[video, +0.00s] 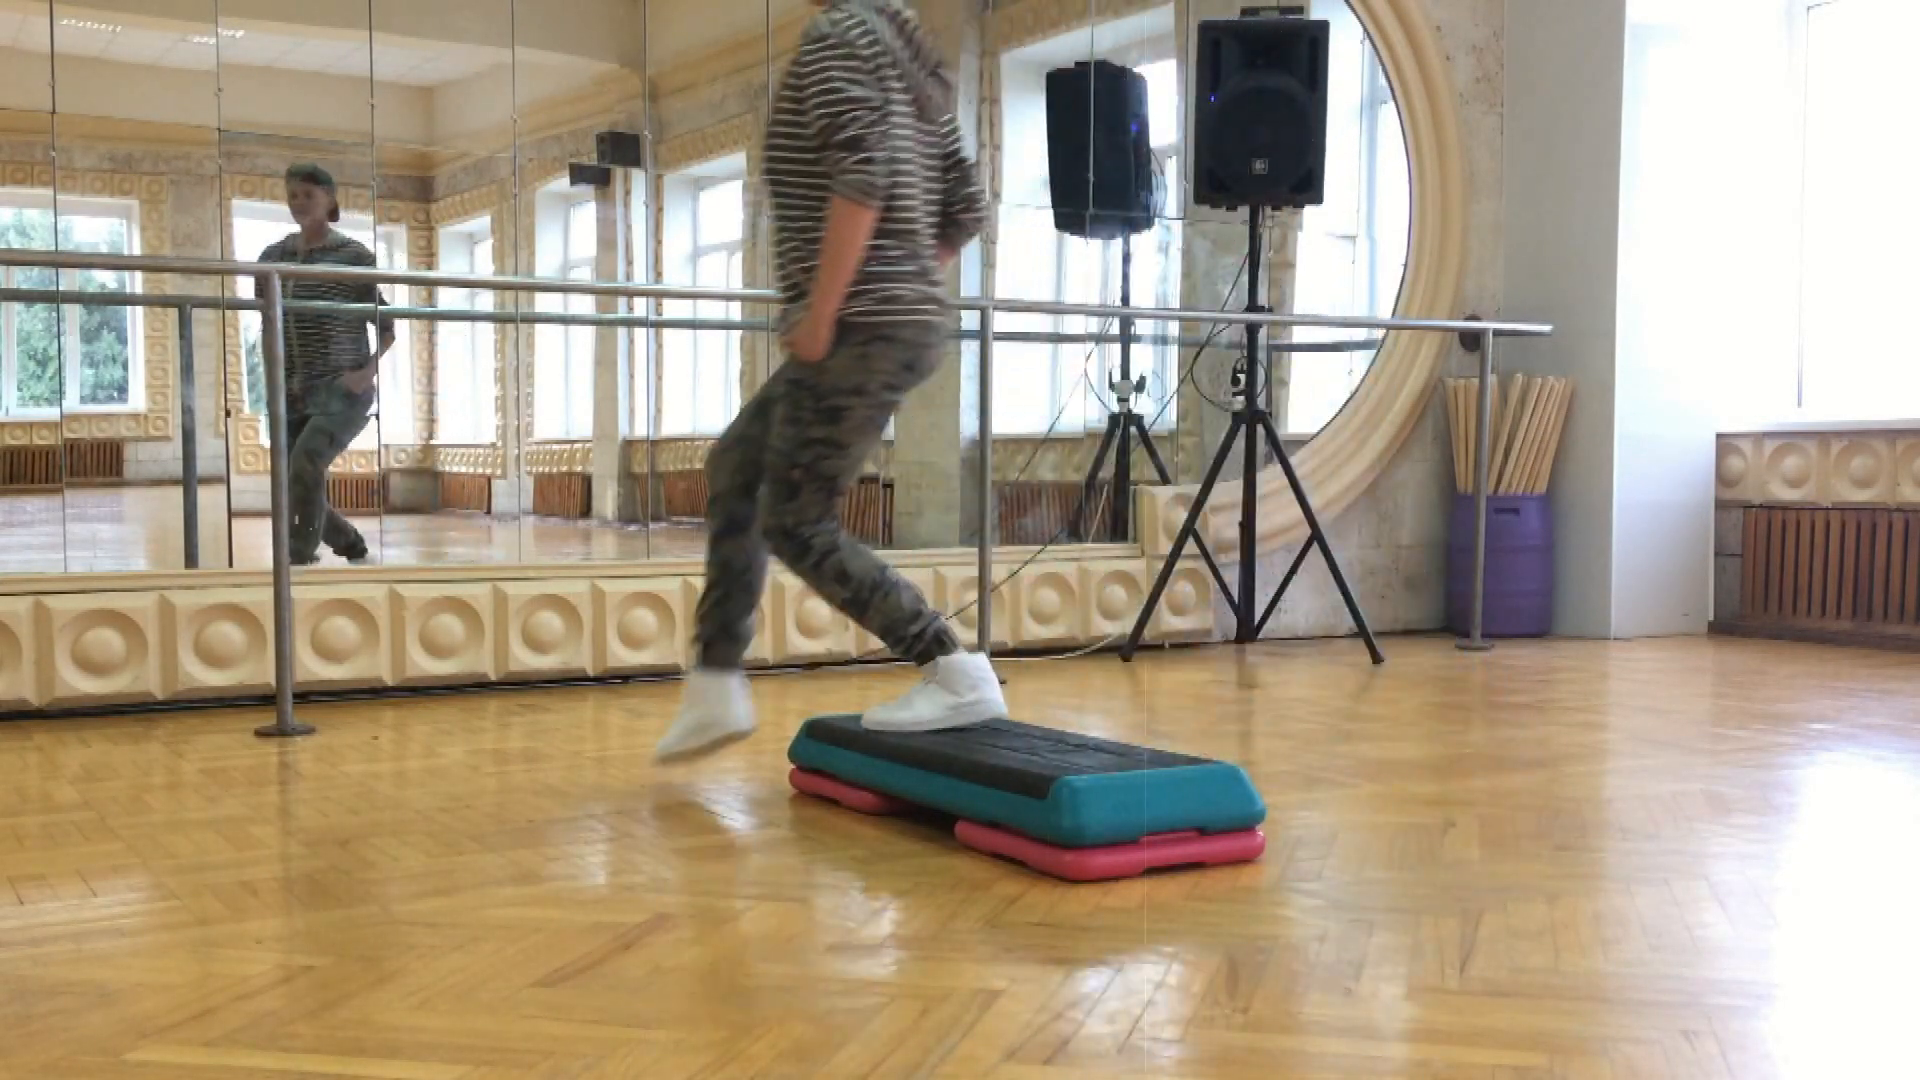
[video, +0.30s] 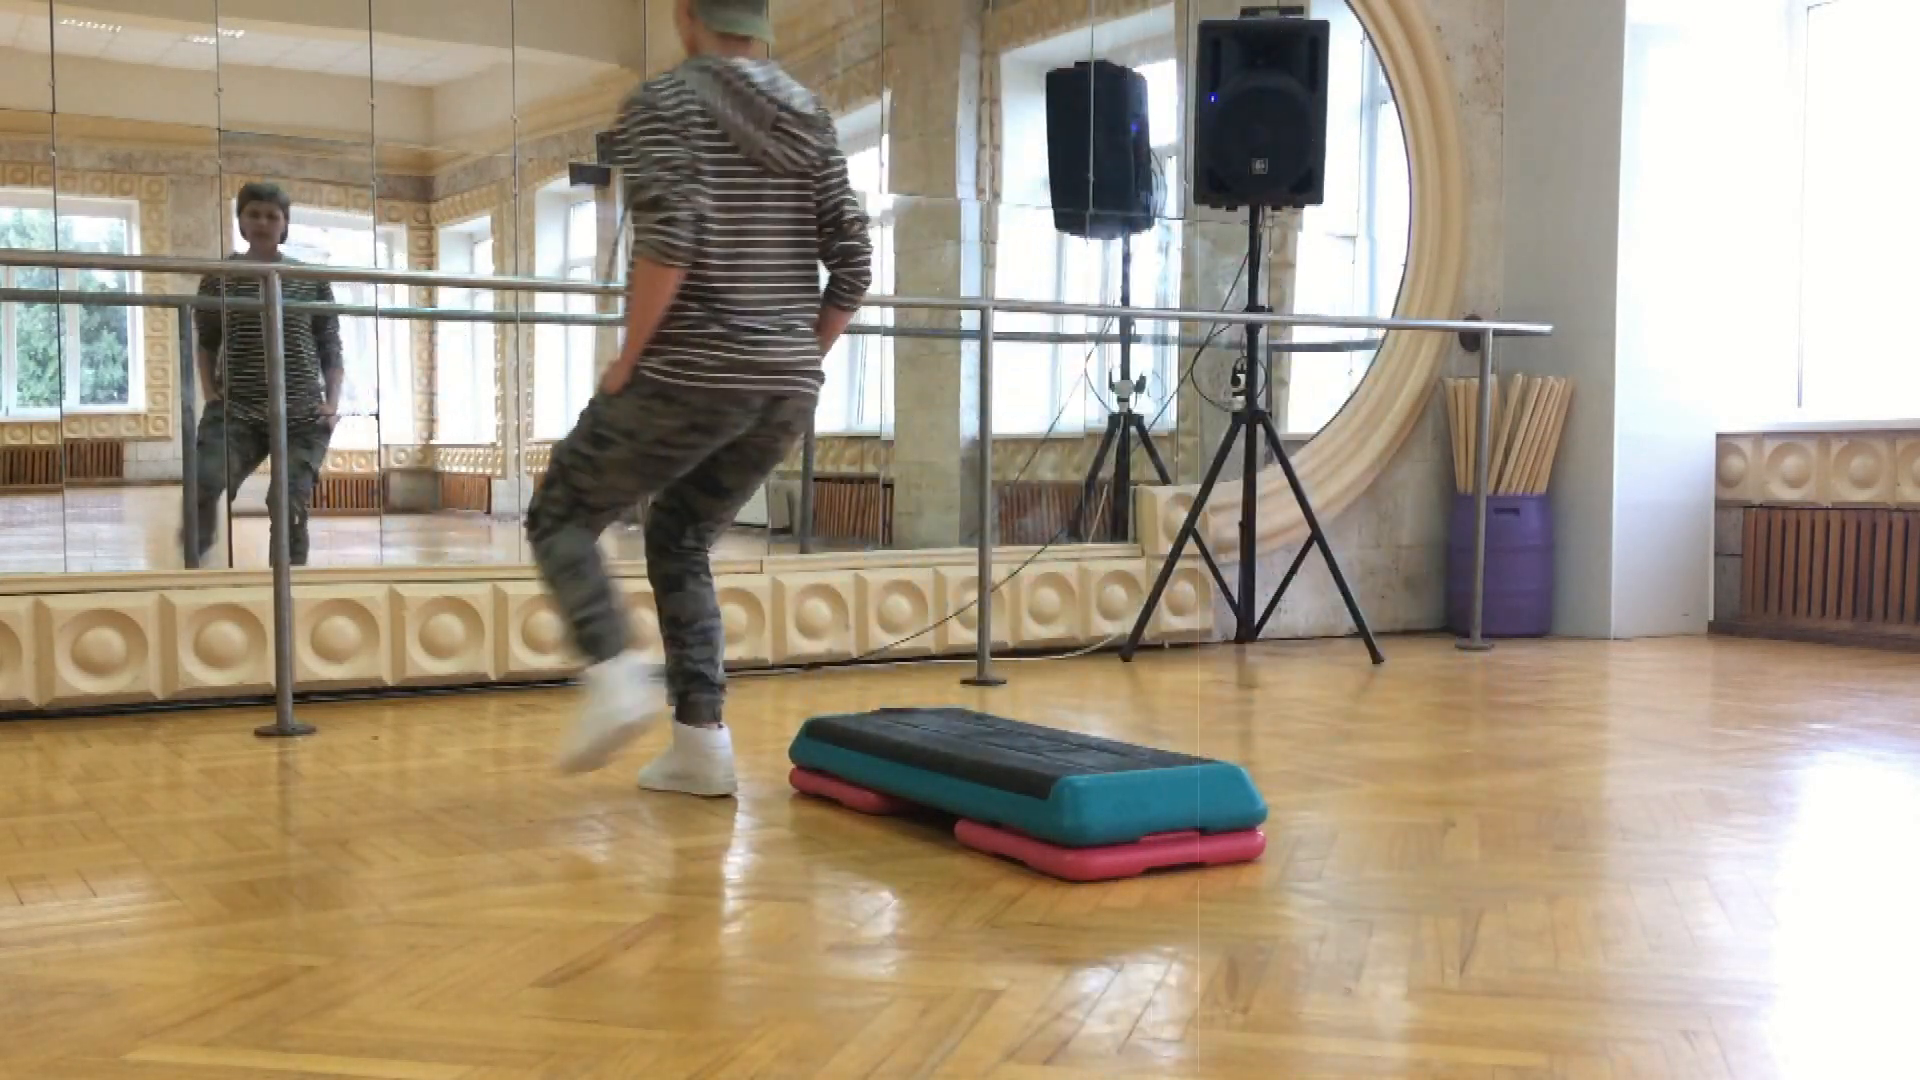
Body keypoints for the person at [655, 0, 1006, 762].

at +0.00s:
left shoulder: (837, 35)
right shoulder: (909, 47)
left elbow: (866, 178)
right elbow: (965, 207)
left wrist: (819, 314)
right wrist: (897, 283)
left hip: (867, 322)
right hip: (908, 320)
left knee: (792, 520)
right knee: (737, 464)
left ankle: (955, 671)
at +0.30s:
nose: (673, 21)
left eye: (675, 12)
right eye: (682, 13)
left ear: (686, 16)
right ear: (761, 22)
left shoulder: (664, 100)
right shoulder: (809, 113)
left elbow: (667, 245)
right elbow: (854, 266)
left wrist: (627, 358)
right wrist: (804, 358)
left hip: (695, 369)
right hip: (790, 382)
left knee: (562, 516)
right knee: (680, 537)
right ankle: (703, 741)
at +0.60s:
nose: (727, 22)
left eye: (725, 16)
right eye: (724, 14)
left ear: (636, 21)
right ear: (704, 12)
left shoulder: (574, 107)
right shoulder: (710, 73)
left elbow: (509, 223)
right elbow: (692, 189)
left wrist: (545, 336)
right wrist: (739, 331)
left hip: (568, 354)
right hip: (668, 350)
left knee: (552, 571)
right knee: (775, 516)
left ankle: (435, 763)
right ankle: (682, 709)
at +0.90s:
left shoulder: (780, 61)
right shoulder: (727, 32)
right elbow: (655, 170)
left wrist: (782, 312)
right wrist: (735, 307)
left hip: (751, 345)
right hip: (716, 341)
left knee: (731, 582)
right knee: (817, 543)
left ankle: (524, 692)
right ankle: (779, 787)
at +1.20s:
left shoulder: (985, 60)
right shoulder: (838, 21)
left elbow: (966, 186)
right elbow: (755, 156)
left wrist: (973, 287)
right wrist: (775, 295)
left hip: (950, 324)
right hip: (832, 328)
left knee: (1085, 446)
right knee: (842, 543)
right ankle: (790, 778)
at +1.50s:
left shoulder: (1160, 7)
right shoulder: (954, 10)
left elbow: (1193, 125)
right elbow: (924, 142)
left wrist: (1201, 250)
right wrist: (946, 271)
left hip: (1148, 279)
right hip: (1015, 287)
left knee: (1170, 468)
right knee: (1004, 470)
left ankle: (1096, 686)